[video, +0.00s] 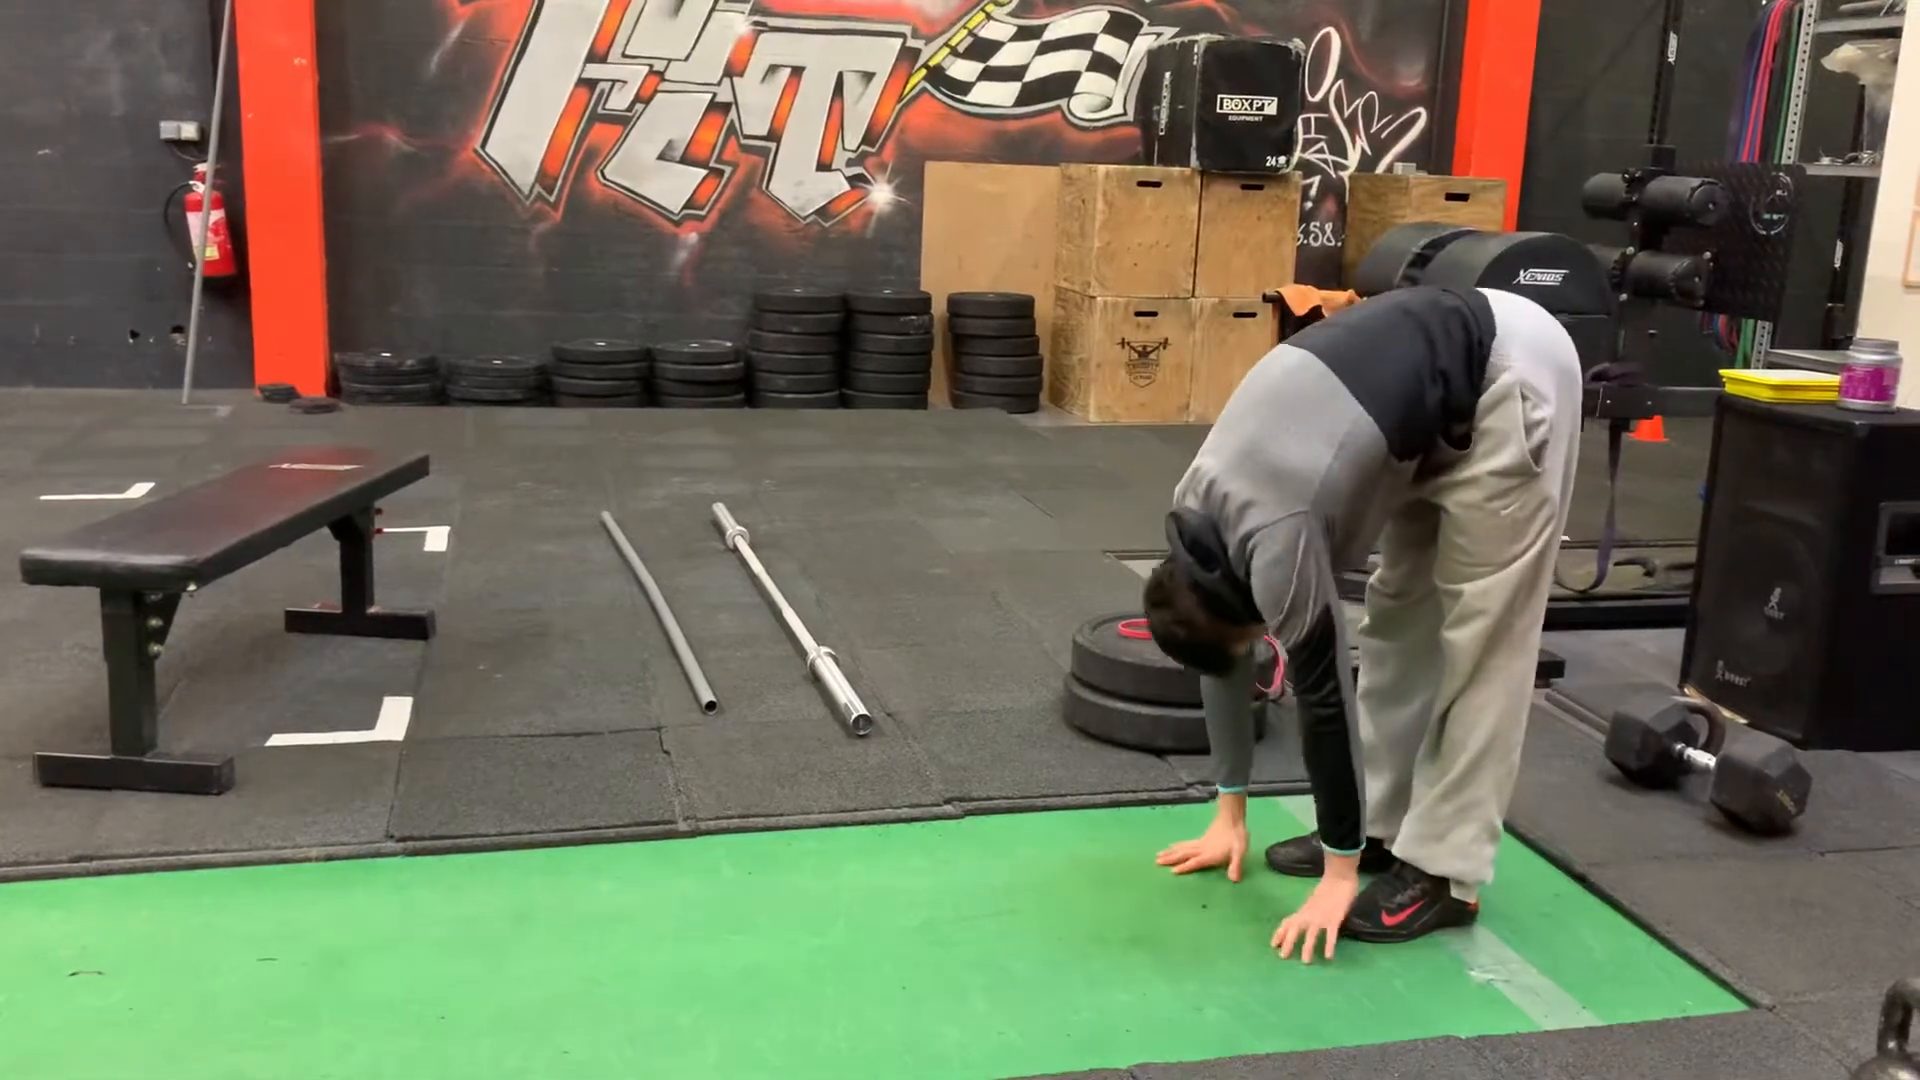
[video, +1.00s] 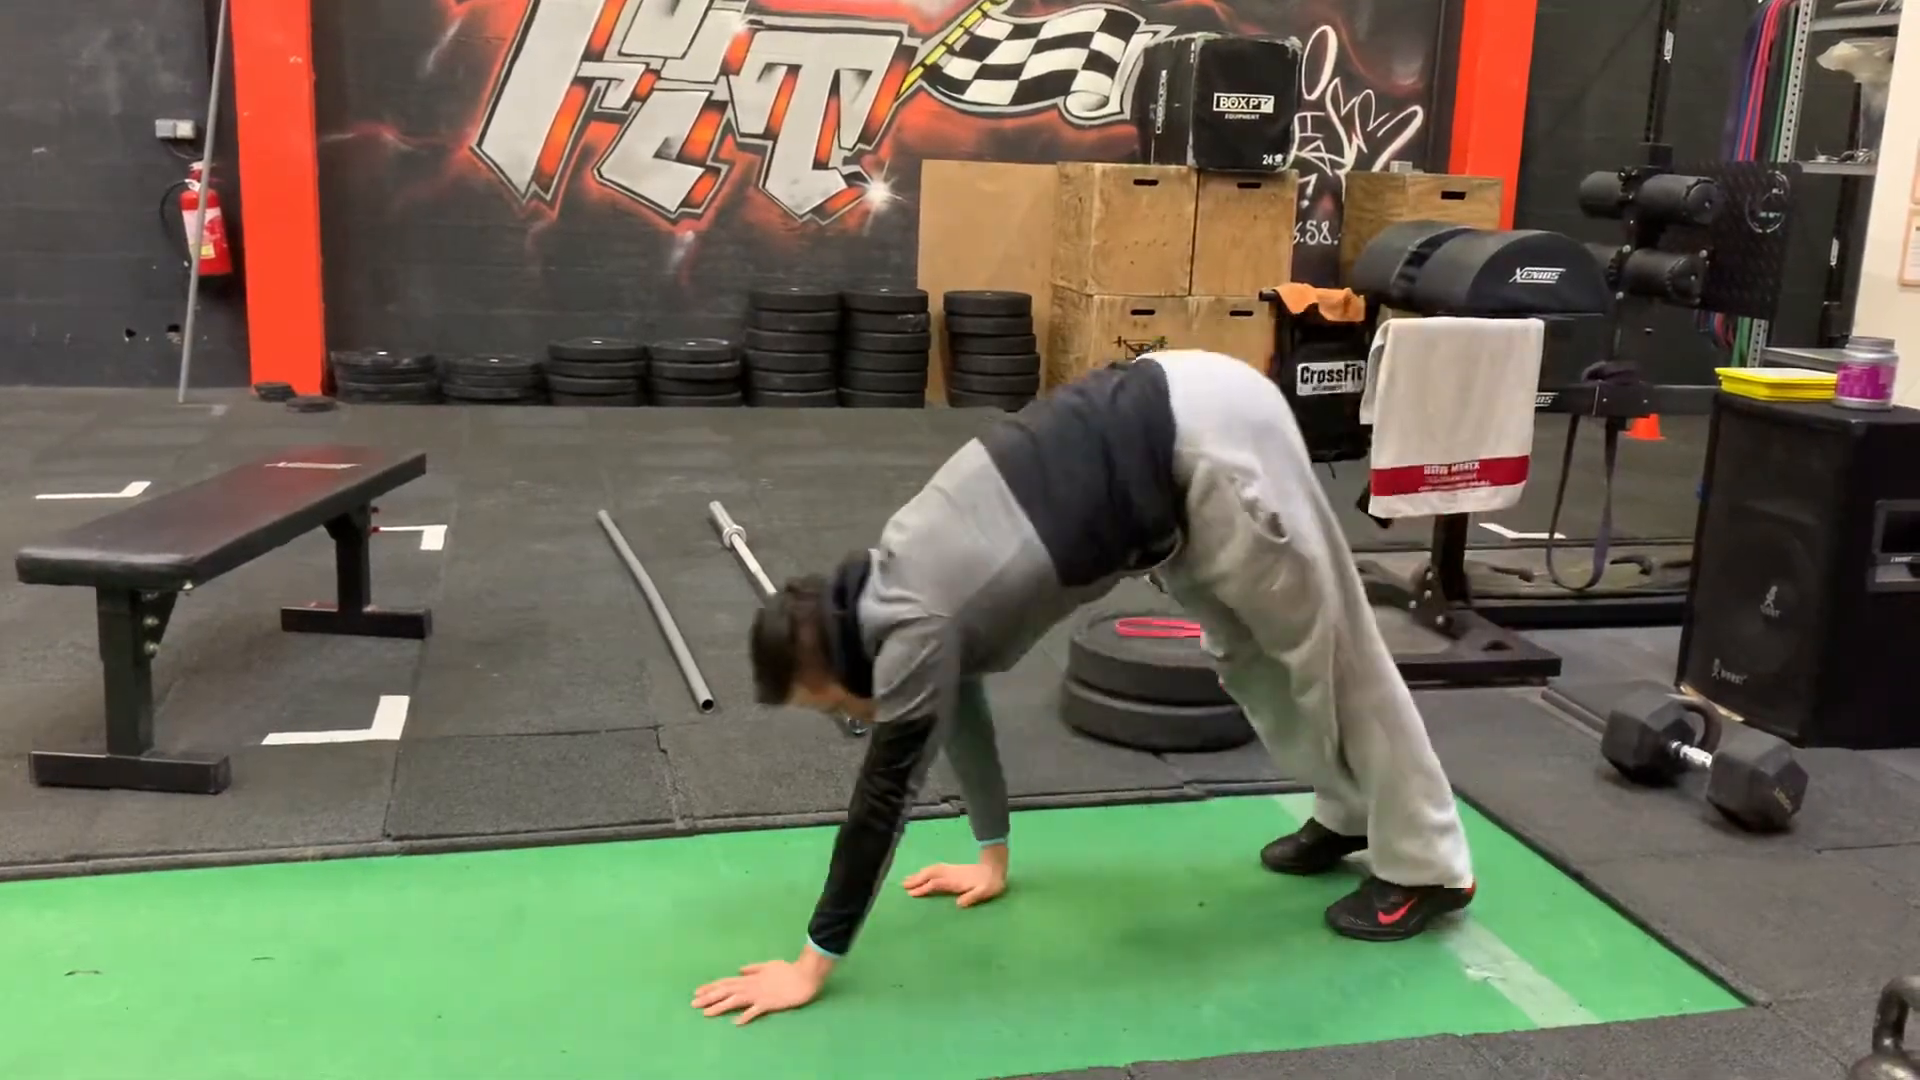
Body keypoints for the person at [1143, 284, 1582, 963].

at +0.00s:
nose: (1257, 656)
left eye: (1249, 649)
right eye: (1239, 662)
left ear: (1229, 614)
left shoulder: (1279, 539)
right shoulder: (1191, 511)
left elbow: (1325, 701)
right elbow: (1225, 670)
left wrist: (1339, 871)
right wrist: (1229, 814)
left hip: (1512, 370)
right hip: (1420, 360)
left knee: (1480, 631)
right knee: (1397, 616)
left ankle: (1445, 872)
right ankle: (1377, 829)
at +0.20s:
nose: (1234, 674)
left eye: (1229, 668)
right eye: (1218, 680)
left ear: (1205, 625)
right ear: (1169, 613)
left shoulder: (1254, 556)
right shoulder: (1176, 531)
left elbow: (1273, 731)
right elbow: (1219, 688)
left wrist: (1243, 900)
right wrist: (1227, 820)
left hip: (1496, 366)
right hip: (1403, 357)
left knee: (1472, 630)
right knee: (1391, 612)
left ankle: (1445, 872)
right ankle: (1373, 824)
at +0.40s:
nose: (1180, 688)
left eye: (1171, 683)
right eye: (1168, 689)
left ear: (1155, 646)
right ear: (1138, 625)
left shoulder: (1215, 588)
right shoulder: (1140, 538)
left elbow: (1225, 756)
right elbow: (1180, 682)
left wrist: (1210, 922)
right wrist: (1182, 804)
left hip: (1459, 374)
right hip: (1372, 367)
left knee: (1452, 635)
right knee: (1372, 621)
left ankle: (1443, 872)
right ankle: (1372, 822)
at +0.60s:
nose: (1101, 705)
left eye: (1087, 702)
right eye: (1079, 706)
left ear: (1084, 670)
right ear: (1052, 632)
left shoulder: (1153, 602)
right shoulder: (1065, 561)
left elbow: (1191, 766)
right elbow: (1046, 711)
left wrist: (1211, 921)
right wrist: (992, 847)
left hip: (1387, 377)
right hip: (1305, 378)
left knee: (1423, 640)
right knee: (1341, 627)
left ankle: (1442, 872)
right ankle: (1372, 822)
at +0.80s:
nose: (982, 713)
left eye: (972, 702)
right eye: (969, 709)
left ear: (982, 668)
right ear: (942, 633)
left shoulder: (1059, 609)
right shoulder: (974, 574)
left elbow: (1126, 779)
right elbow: (1006, 721)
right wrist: (997, 857)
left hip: (1295, 387)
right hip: (1217, 407)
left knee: (1373, 635)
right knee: (1294, 637)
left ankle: (1435, 864)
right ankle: (1364, 816)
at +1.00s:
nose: (842, 715)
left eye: (829, 701)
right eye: (826, 708)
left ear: (832, 656)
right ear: (832, 628)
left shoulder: (915, 624)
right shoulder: (903, 578)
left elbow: (879, 801)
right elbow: (965, 725)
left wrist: (813, 961)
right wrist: (991, 857)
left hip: (1213, 428)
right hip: (1160, 430)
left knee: (1331, 654)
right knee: (1258, 656)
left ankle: (1431, 865)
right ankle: (1355, 810)